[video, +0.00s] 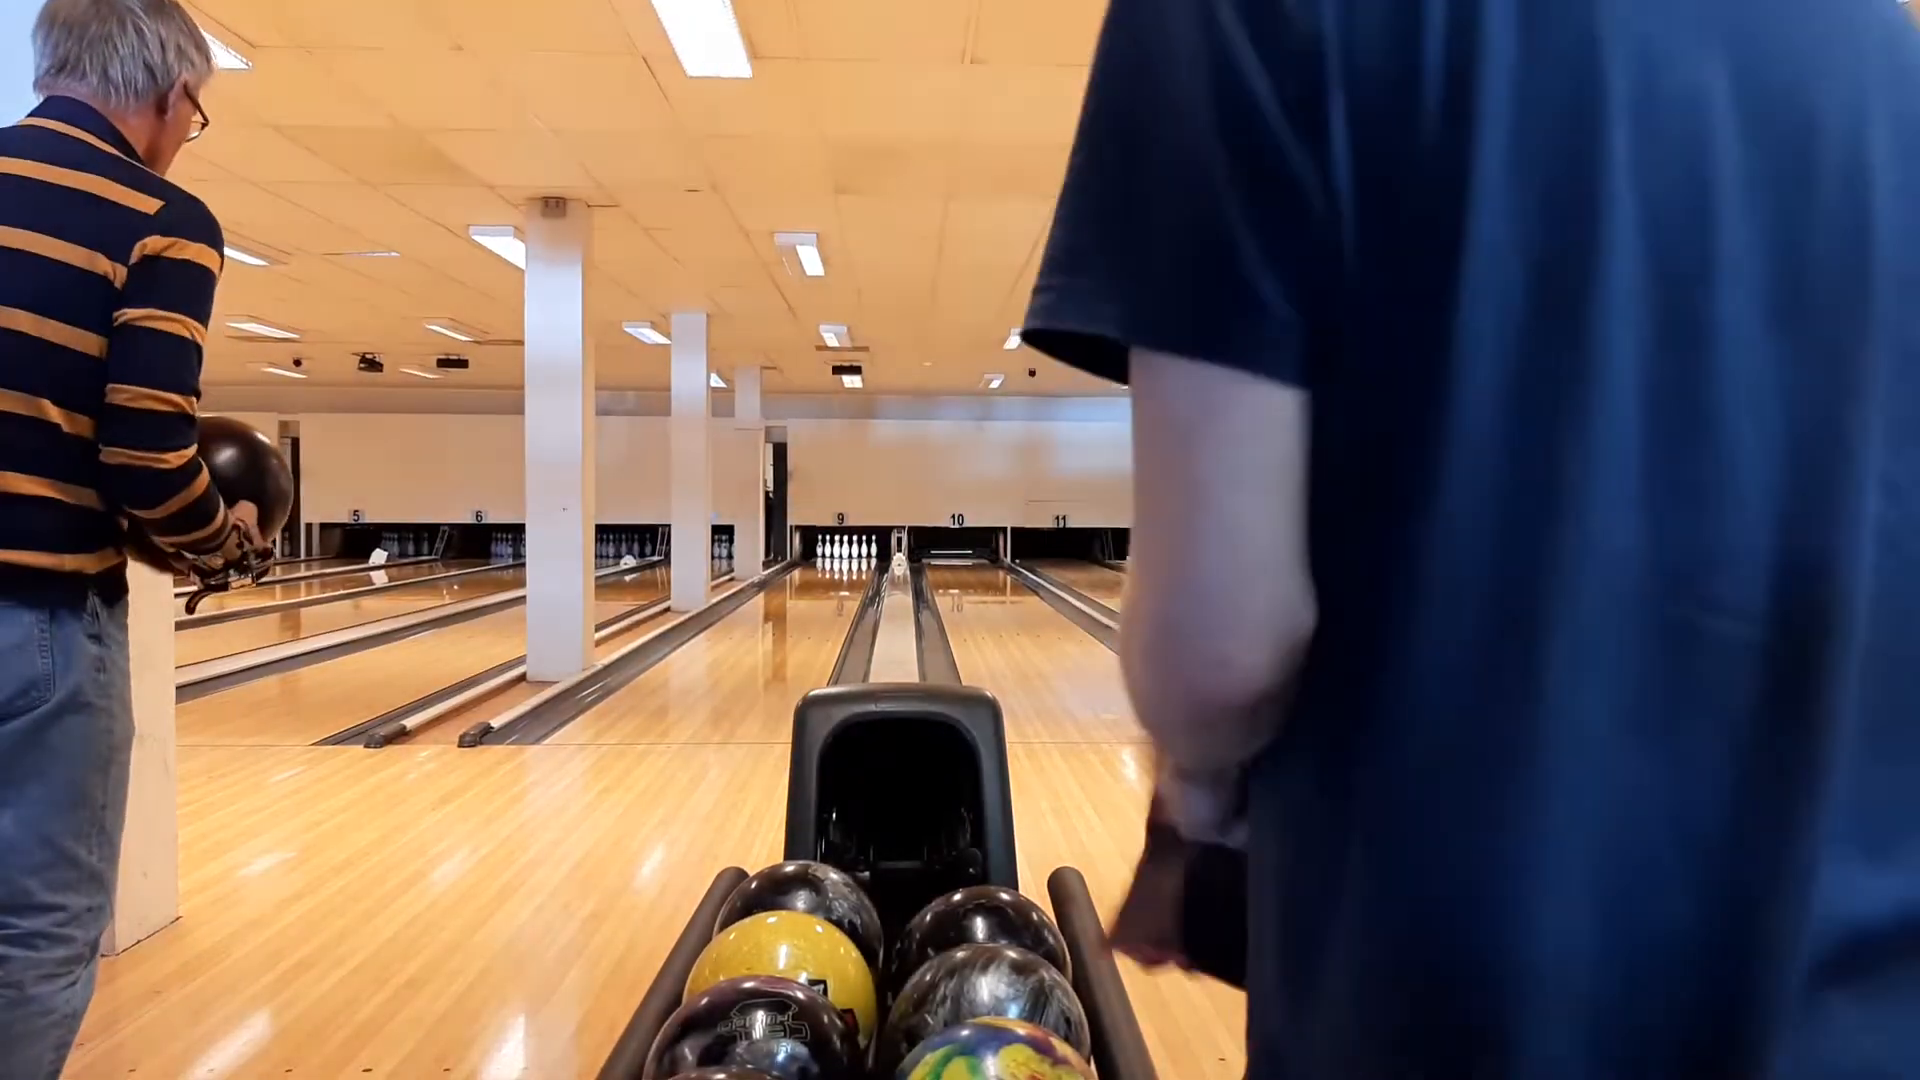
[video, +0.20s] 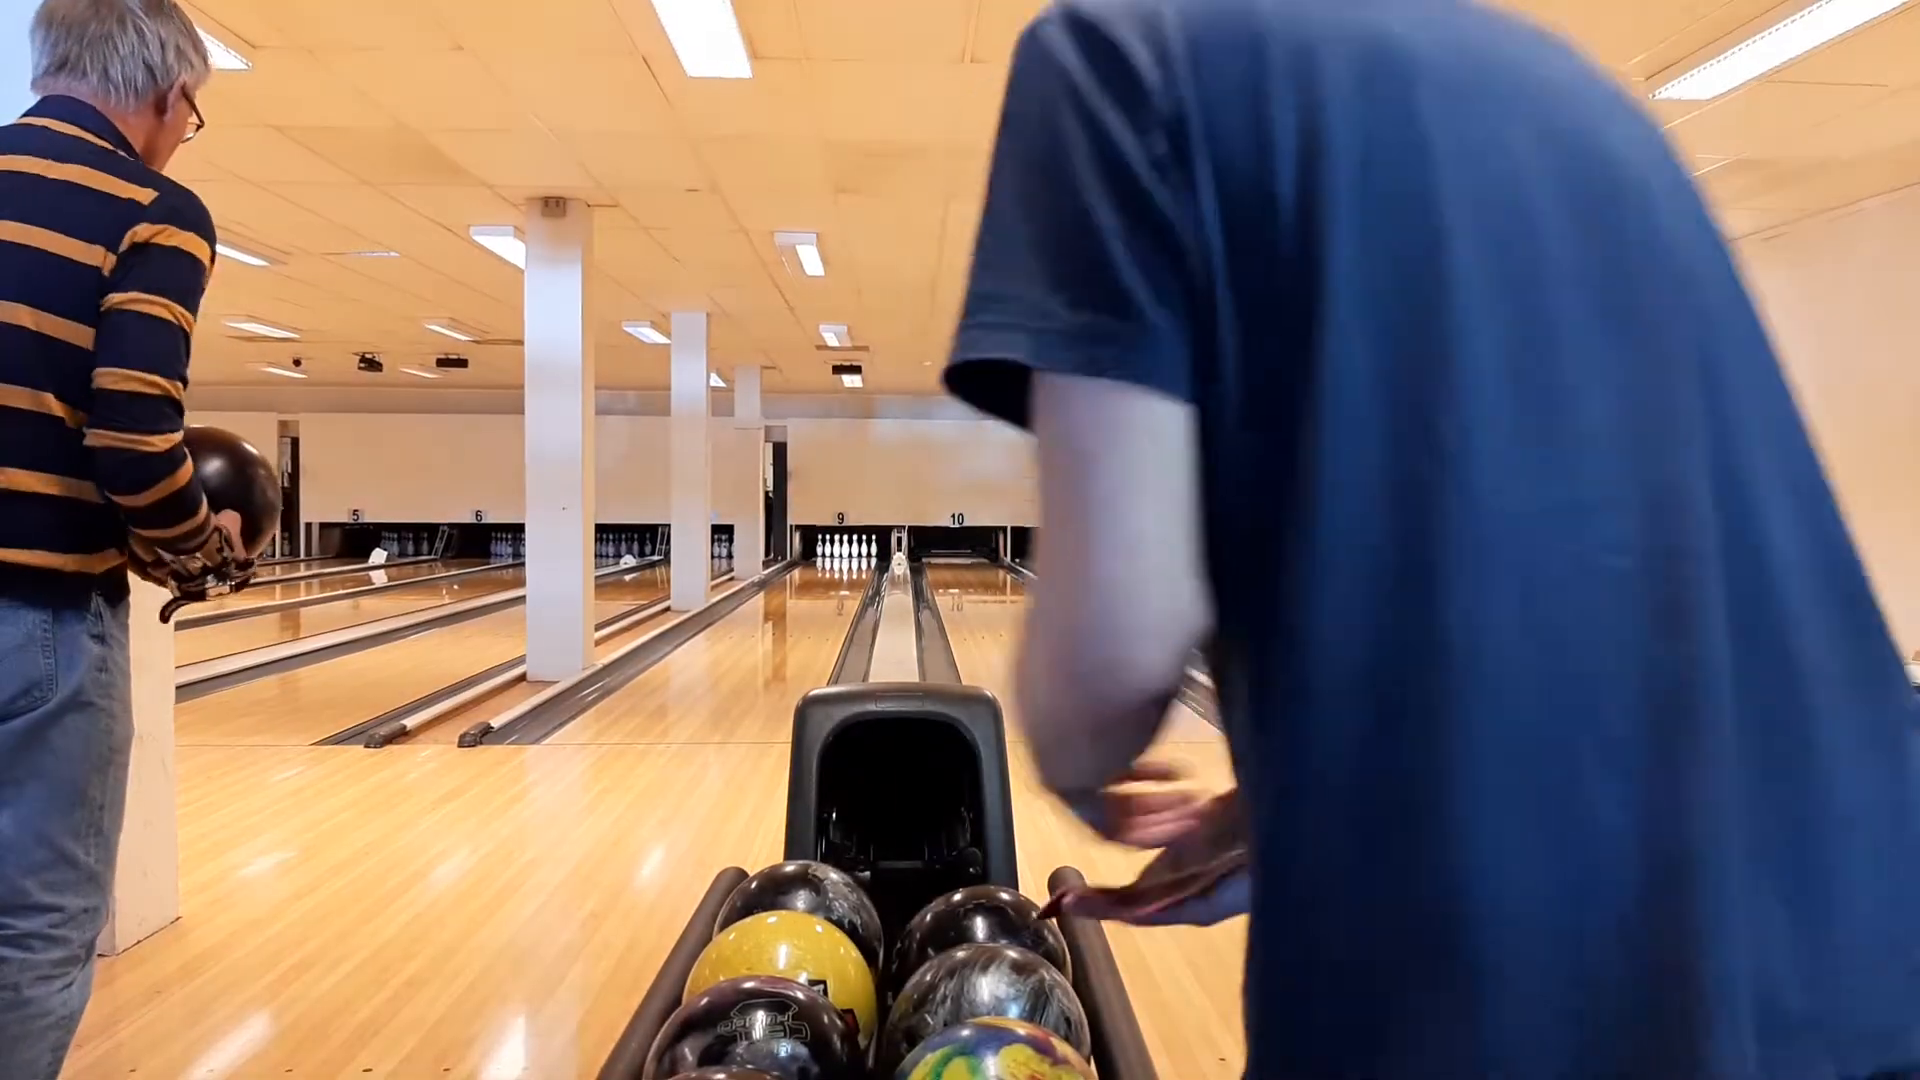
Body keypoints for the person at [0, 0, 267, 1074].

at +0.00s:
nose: (189, 137)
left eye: (196, 115)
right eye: (194, 112)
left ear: (58, 74)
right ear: (164, 98)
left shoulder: (2, 166)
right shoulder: (163, 216)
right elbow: (142, 456)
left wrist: (182, 511)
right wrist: (212, 537)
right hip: (42, 608)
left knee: (31, 922)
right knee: (42, 935)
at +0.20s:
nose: (181, 145)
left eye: (189, 123)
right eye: (189, 119)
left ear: (52, 74)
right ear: (163, 102)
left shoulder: (0, 164)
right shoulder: (158, 207)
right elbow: (129, 429)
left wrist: (165, 508)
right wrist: (192, 536)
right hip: (43, 608)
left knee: (26, 921)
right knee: (38, 935)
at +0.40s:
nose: (192, 158)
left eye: (201, 134)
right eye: (198, 131)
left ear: (67, 80)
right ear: (171, 109)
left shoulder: (2, 166)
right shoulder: (157, 203)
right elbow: (110, 427)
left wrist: (155, 515)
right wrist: (187, 538)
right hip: (41, 610)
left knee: (23, 925)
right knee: (41, 940)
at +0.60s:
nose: (188, 150)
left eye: (197, 127)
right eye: (194, 123)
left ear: (62, 79)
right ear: (160, 104)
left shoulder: (5, 169)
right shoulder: (145, 214)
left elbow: (73, 426)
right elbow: (126, 448)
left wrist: (184, 516)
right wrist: (213, 560)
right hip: (41, 606)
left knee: (30, 920)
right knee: (45, 934)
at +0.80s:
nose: (180, 145)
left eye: (186, 121)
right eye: (183, 116)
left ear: (48, 80)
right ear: (145, 98)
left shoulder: (3, 166)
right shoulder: (141, 215)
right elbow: (135, 454)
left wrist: (193, 513)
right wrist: (226, 548)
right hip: (36, 607)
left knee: (33, 923)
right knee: (37, 936)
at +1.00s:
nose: (173, 145)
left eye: (179, 122)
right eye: (177, 117)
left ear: (39, 81)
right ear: (142, 97)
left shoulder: (4, 168)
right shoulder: (137, 209)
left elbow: (103, 432)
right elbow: (126, 444)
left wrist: (182, 518)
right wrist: (213, 548)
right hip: (36, 605)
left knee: (33, 921)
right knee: (38, 931)